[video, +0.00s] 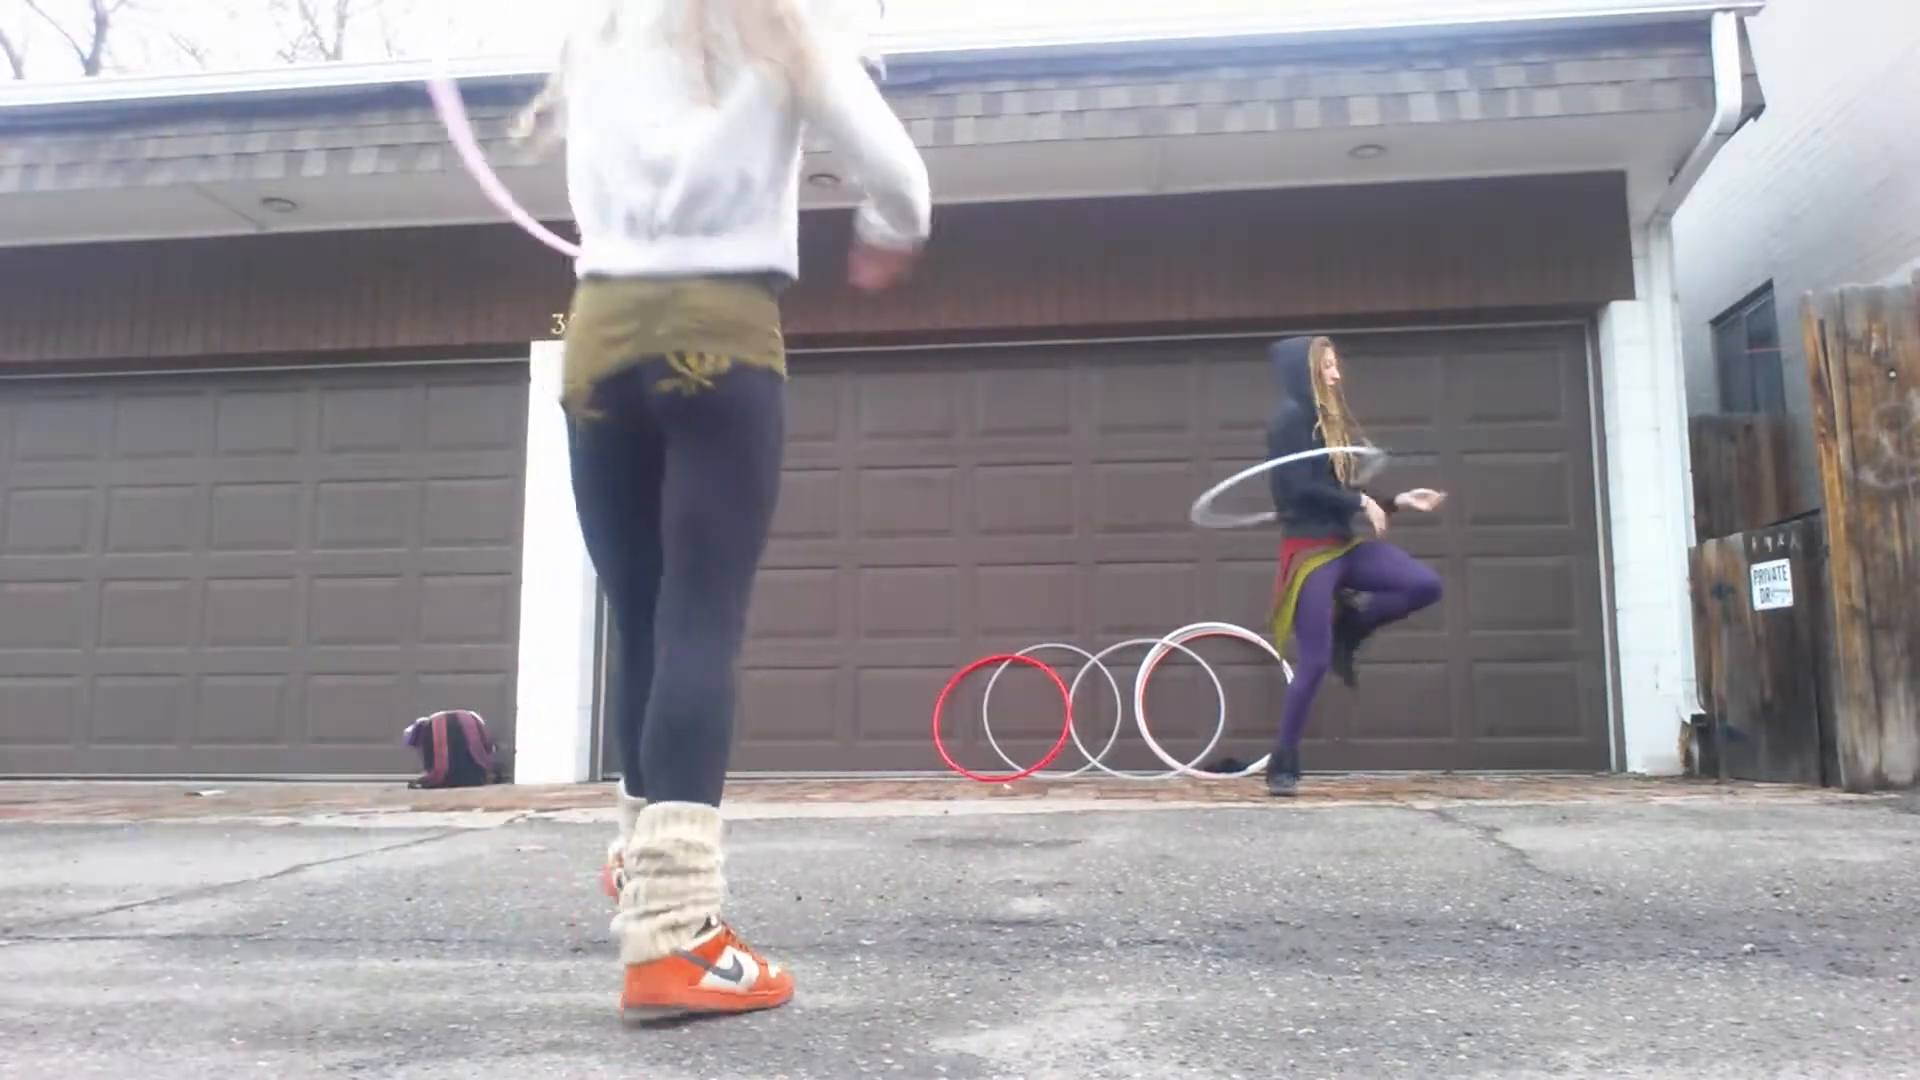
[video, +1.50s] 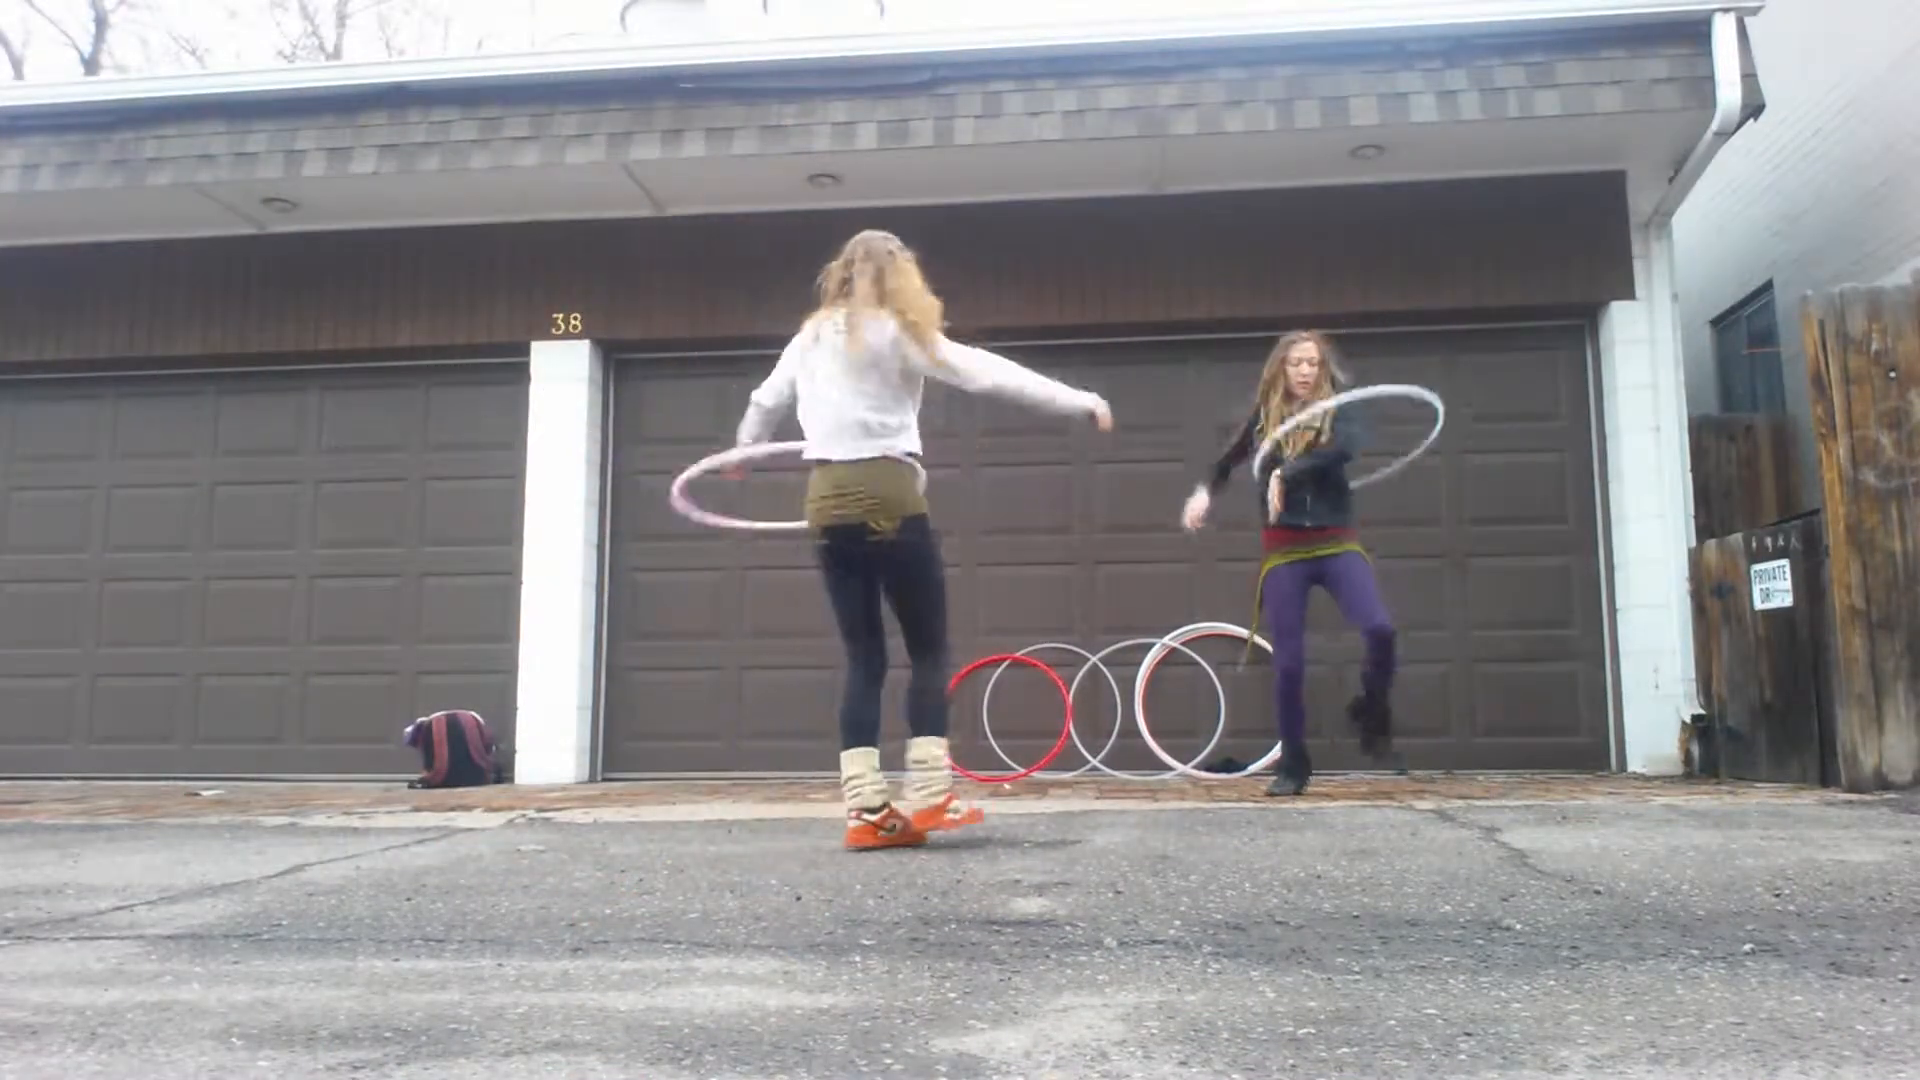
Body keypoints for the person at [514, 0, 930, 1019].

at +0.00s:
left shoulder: (594, 25)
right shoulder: (779, 18)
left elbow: (543, 125)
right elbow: (898, 175)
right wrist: (887, 232)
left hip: (600, 327)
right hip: (724, 322)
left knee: (639, 620)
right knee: (700, 622)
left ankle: (645, 855)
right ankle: (671, 938)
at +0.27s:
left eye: (627, 49)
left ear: (638, 57)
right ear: (746, 59)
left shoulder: (605, 143)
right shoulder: (786, 151)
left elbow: (547, 283)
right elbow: (865, 288)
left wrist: (629, 299)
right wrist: (769, 267)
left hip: (623, 422)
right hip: (738, 423)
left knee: (643, 655)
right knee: (734, 646)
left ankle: (653, 895)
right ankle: (728, 782)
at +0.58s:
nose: (664, 151)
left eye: (675, 135)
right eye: (666, 137)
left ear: (707, 138)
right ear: (734, 140)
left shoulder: (733, 197)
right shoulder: (726, 221)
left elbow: (754, 268)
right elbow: (717, 327)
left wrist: (634, 256)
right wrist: (641, 313)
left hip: (720, 450)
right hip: (743, 454)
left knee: (682, 653)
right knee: (698, 658)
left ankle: (665, 866)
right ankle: (757, 811)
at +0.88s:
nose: (728, 200)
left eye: (742, 188)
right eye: (722, 190)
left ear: (781, 196)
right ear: (716, 203)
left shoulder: (826, 270)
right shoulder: (702, 286)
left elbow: (899, 306)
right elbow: (619, 343)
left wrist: (975, 329)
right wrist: (608, 309)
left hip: (806, 482)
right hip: (725, 483)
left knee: (824, 655)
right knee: (745, 662)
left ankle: (860, 799)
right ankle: (766, 831)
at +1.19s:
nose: (878, 251)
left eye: (877, 238)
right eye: (869, 237)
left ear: (843, 245)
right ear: (832, 241)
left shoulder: (850, 329)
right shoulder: (769, 312)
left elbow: (893, 396)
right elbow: (680, 329)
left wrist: (964, 435)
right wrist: (760, 289)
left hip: (849, 503)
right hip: (810, 499)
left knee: (875, 651)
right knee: (810, 660)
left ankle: (871, 812)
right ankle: (777, 821)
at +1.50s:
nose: (916, 282)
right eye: (910, 272)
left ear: (844, 276)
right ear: (901, 276)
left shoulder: (812, 335)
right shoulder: (904, 333)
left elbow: (764, 401)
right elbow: (989, 374)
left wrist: (741, 455)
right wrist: (1082, 402)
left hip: (826, 494)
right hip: (893, 490)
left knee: (863, 658)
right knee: (930, 651)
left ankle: (865, 811)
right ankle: (929, 797)